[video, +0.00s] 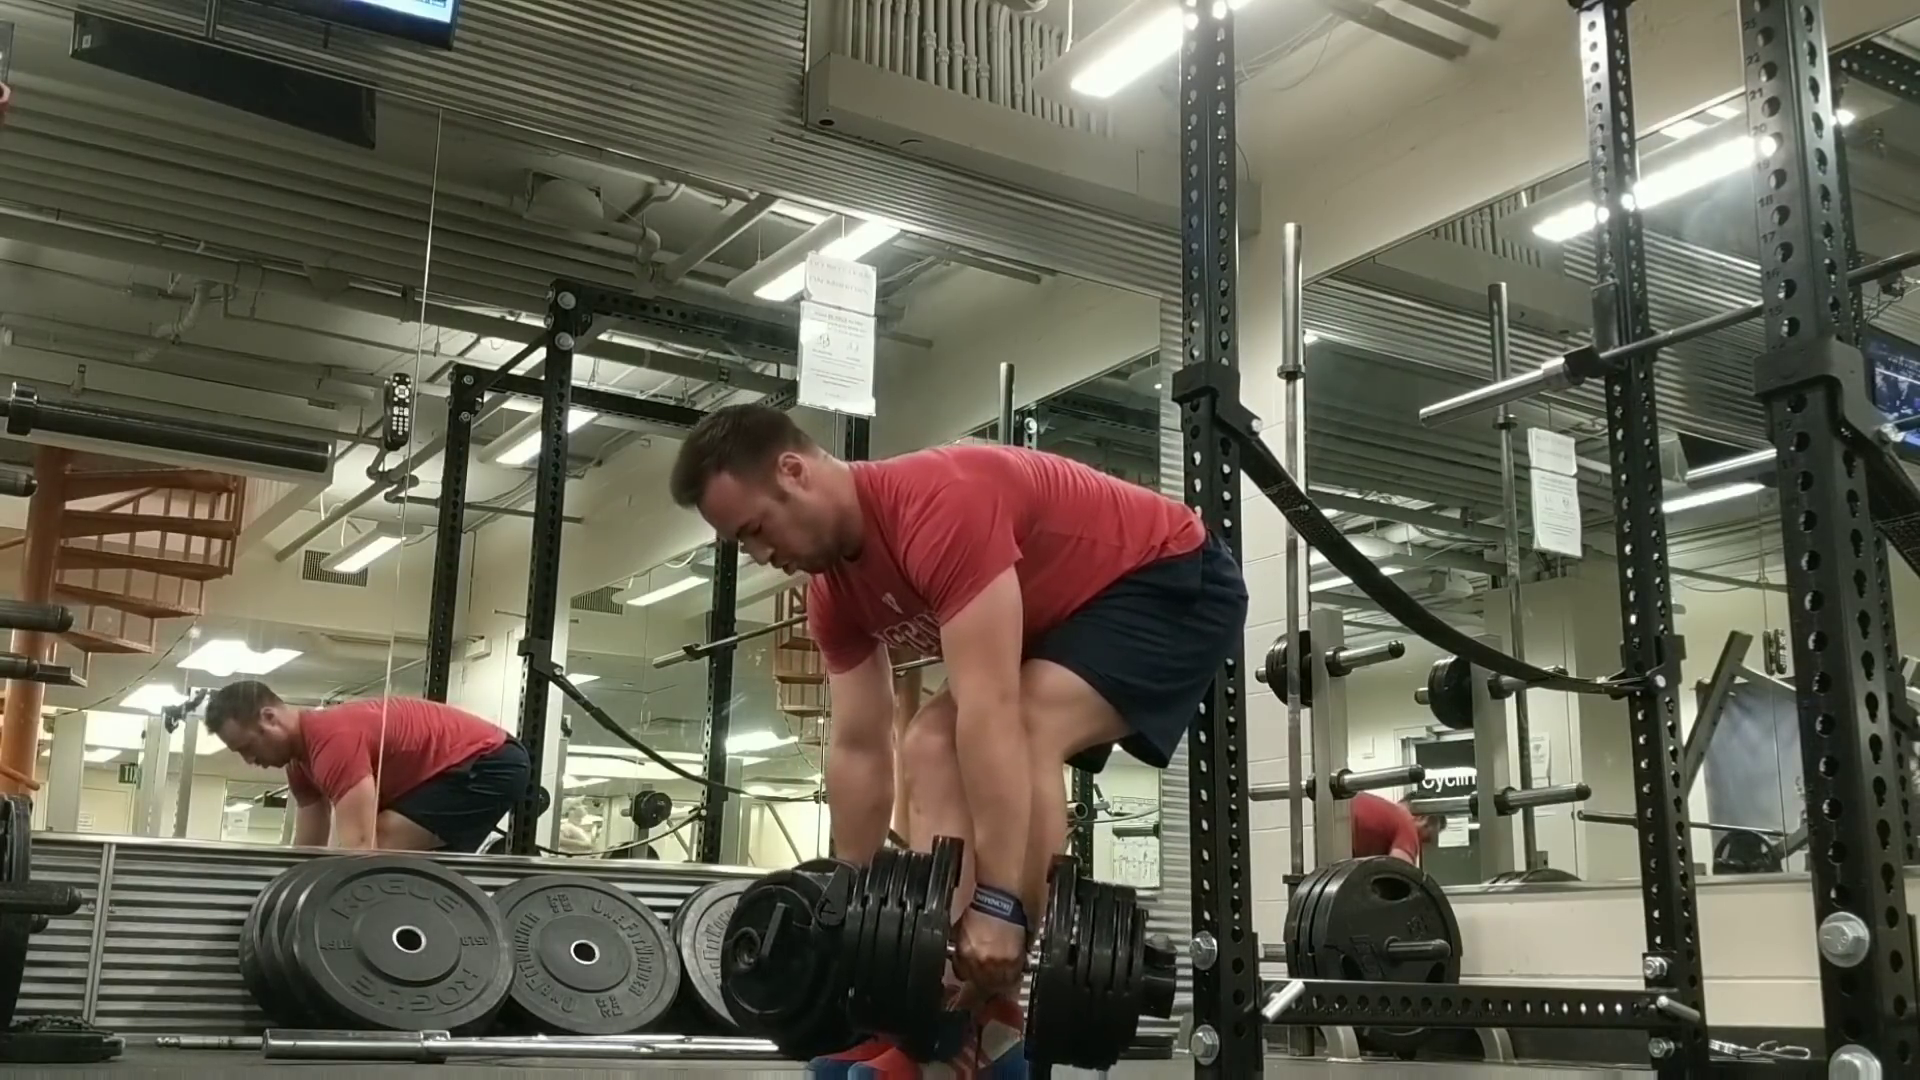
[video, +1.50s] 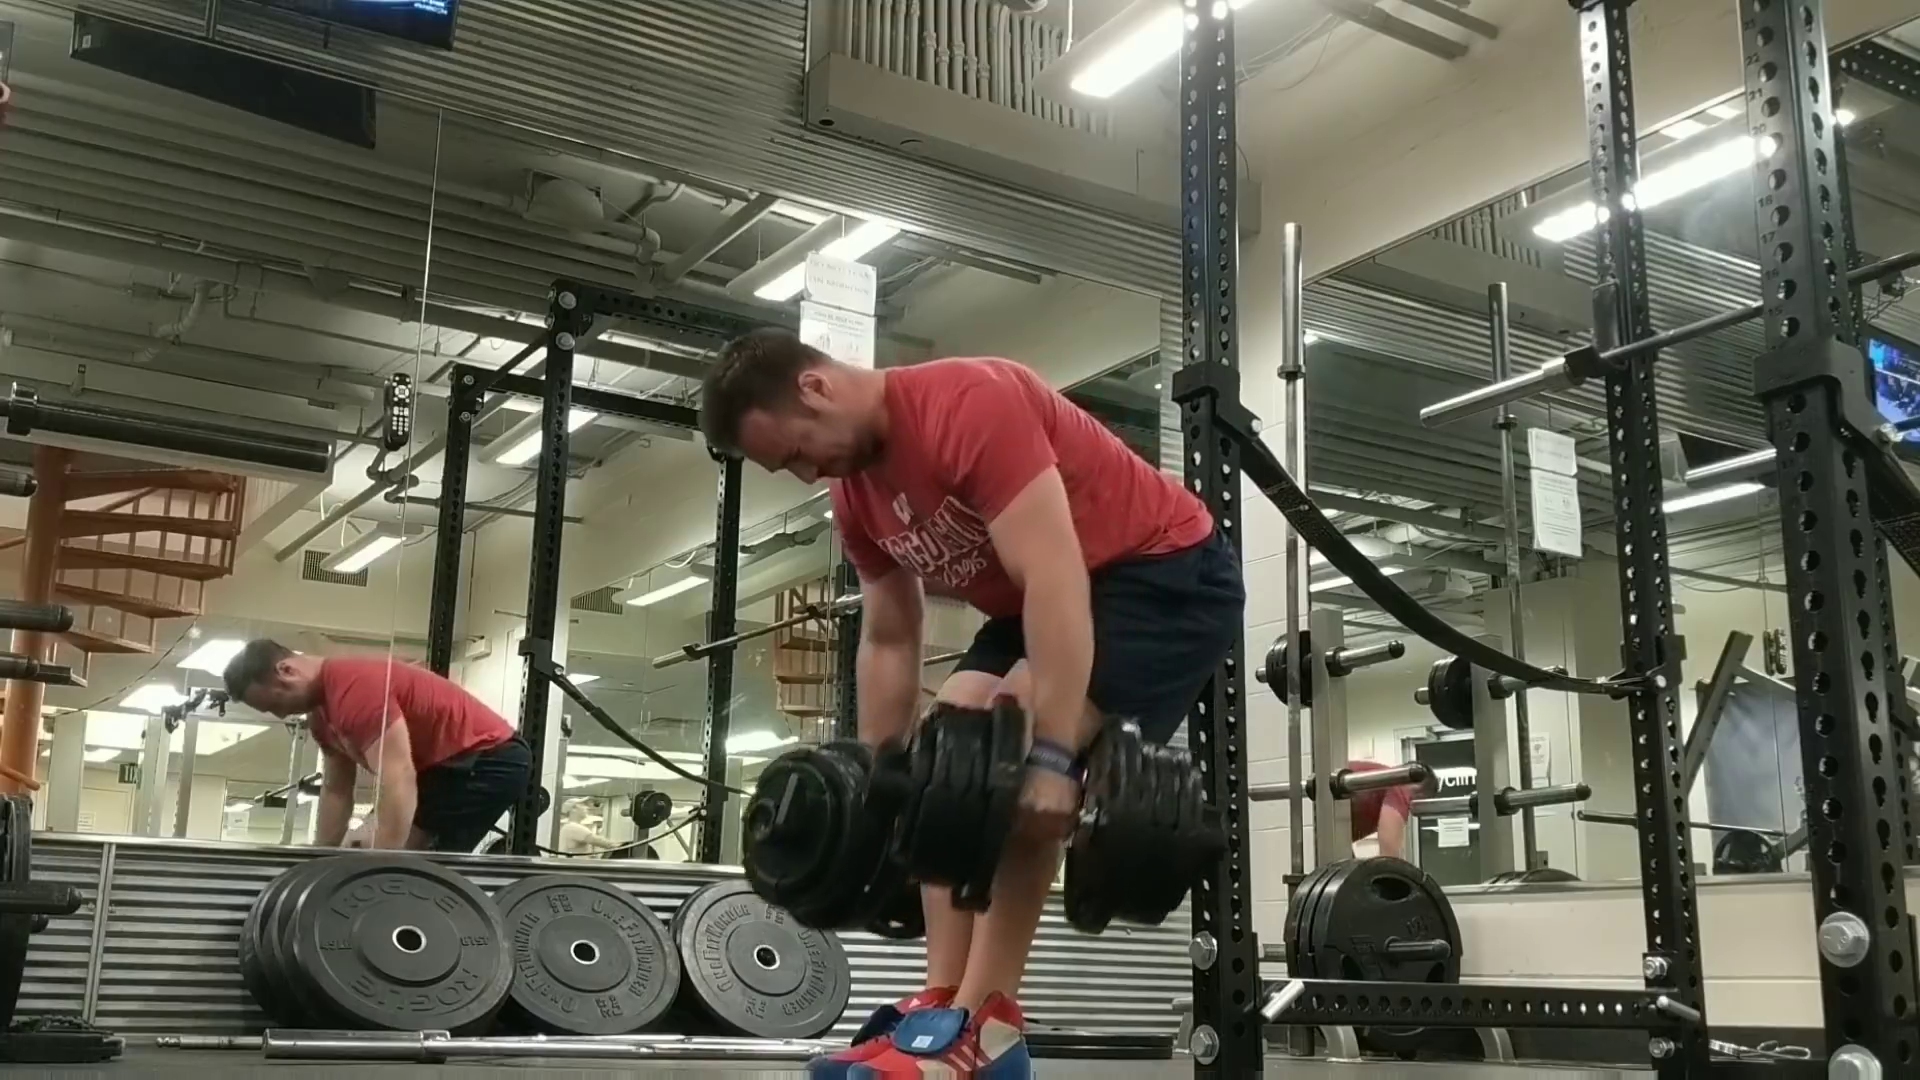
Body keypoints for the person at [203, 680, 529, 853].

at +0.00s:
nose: (250, 762)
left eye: (248, 749)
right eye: (242, 755)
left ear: (270, 719)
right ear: (270, 722)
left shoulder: (333, 739)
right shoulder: (301, 762)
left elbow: (358, 850)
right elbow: (309, 851)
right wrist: (286, 920)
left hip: (491, 763)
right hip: (461, 768)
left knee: (383, 847)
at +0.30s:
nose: (253, 741)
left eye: (252, 729)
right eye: (245, 735)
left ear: (277, 700)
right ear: (275, 703)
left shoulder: (338, 724)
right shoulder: (306, 748)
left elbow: (381, 824)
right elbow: (320, 831)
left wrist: (367, 915)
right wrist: (294, 901)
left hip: (488, 762)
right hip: (453, 771)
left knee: (369, 848)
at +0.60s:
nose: (276, 716)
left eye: (272, 705)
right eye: (267, 711)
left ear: (288, 672)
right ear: (290, 674)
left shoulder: (353, 692)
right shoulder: (319, 712)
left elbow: (422, 764)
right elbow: (354, 781)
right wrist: (338, 847)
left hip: (489, 759)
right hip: (454, 763)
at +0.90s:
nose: (310, 705)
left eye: (301, 701)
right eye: (300, 705)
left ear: (300, 667)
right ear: (301, 665)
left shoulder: (368, 674)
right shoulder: (339, 684)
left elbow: (455, 720)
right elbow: (386, 733)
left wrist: (441, 803)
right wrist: (374, 785)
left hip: (488, 762)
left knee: (469, 881)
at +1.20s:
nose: (303, 710)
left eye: (293, 705)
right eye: (293, 709)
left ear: (297, 671)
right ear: (298, 670)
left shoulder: (365, 674)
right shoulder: (334, 695)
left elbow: (444, 733)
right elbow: (373, 757)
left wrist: (431, 821)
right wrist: (363, 821)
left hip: (491, 761)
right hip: (444, 766)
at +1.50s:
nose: (280, 717)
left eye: (273, 707)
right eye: (271, 712)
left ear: (286, 672)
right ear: (288, 673)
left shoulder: (355, 686)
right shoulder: (323, 717)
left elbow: (398, 779)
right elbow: (336, 790)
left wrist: (380, 871)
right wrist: (318, 865)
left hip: (489, 761)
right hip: (450, 768)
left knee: (411, 865)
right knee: (395, 860)